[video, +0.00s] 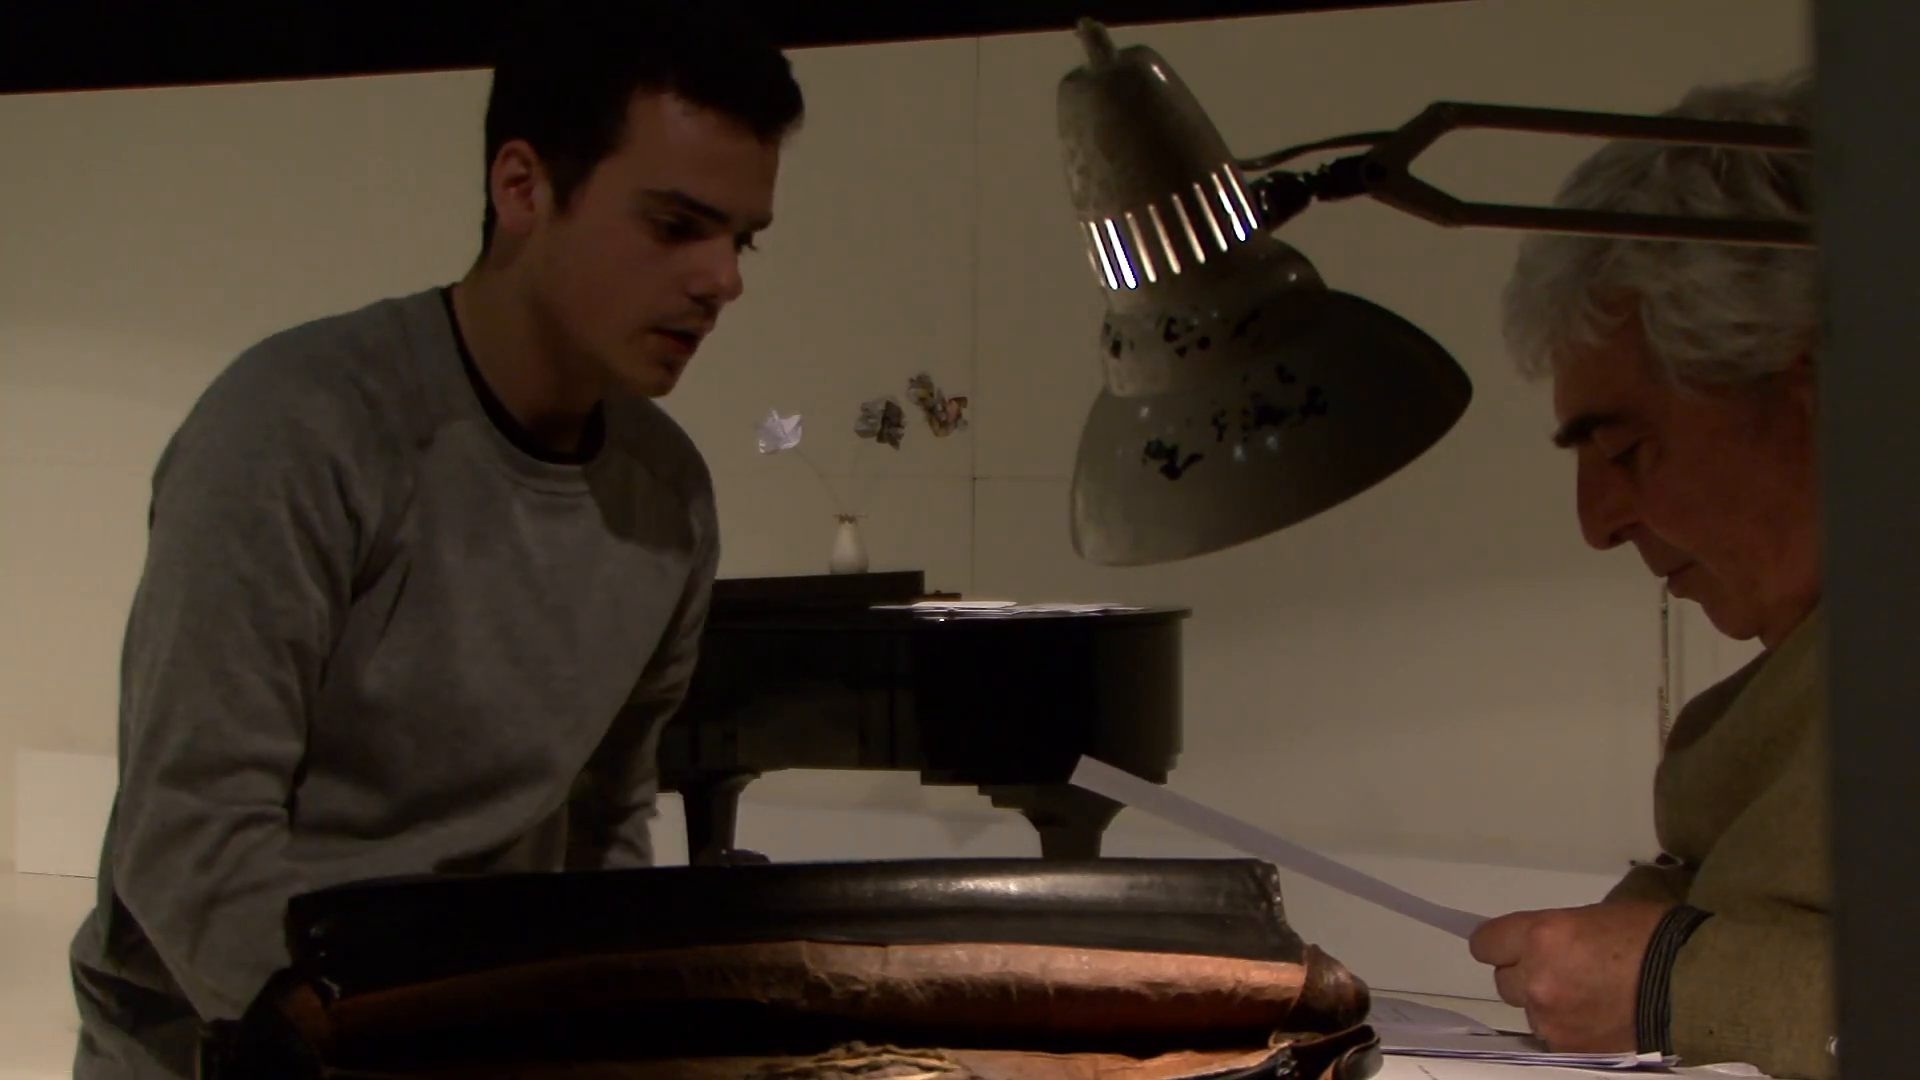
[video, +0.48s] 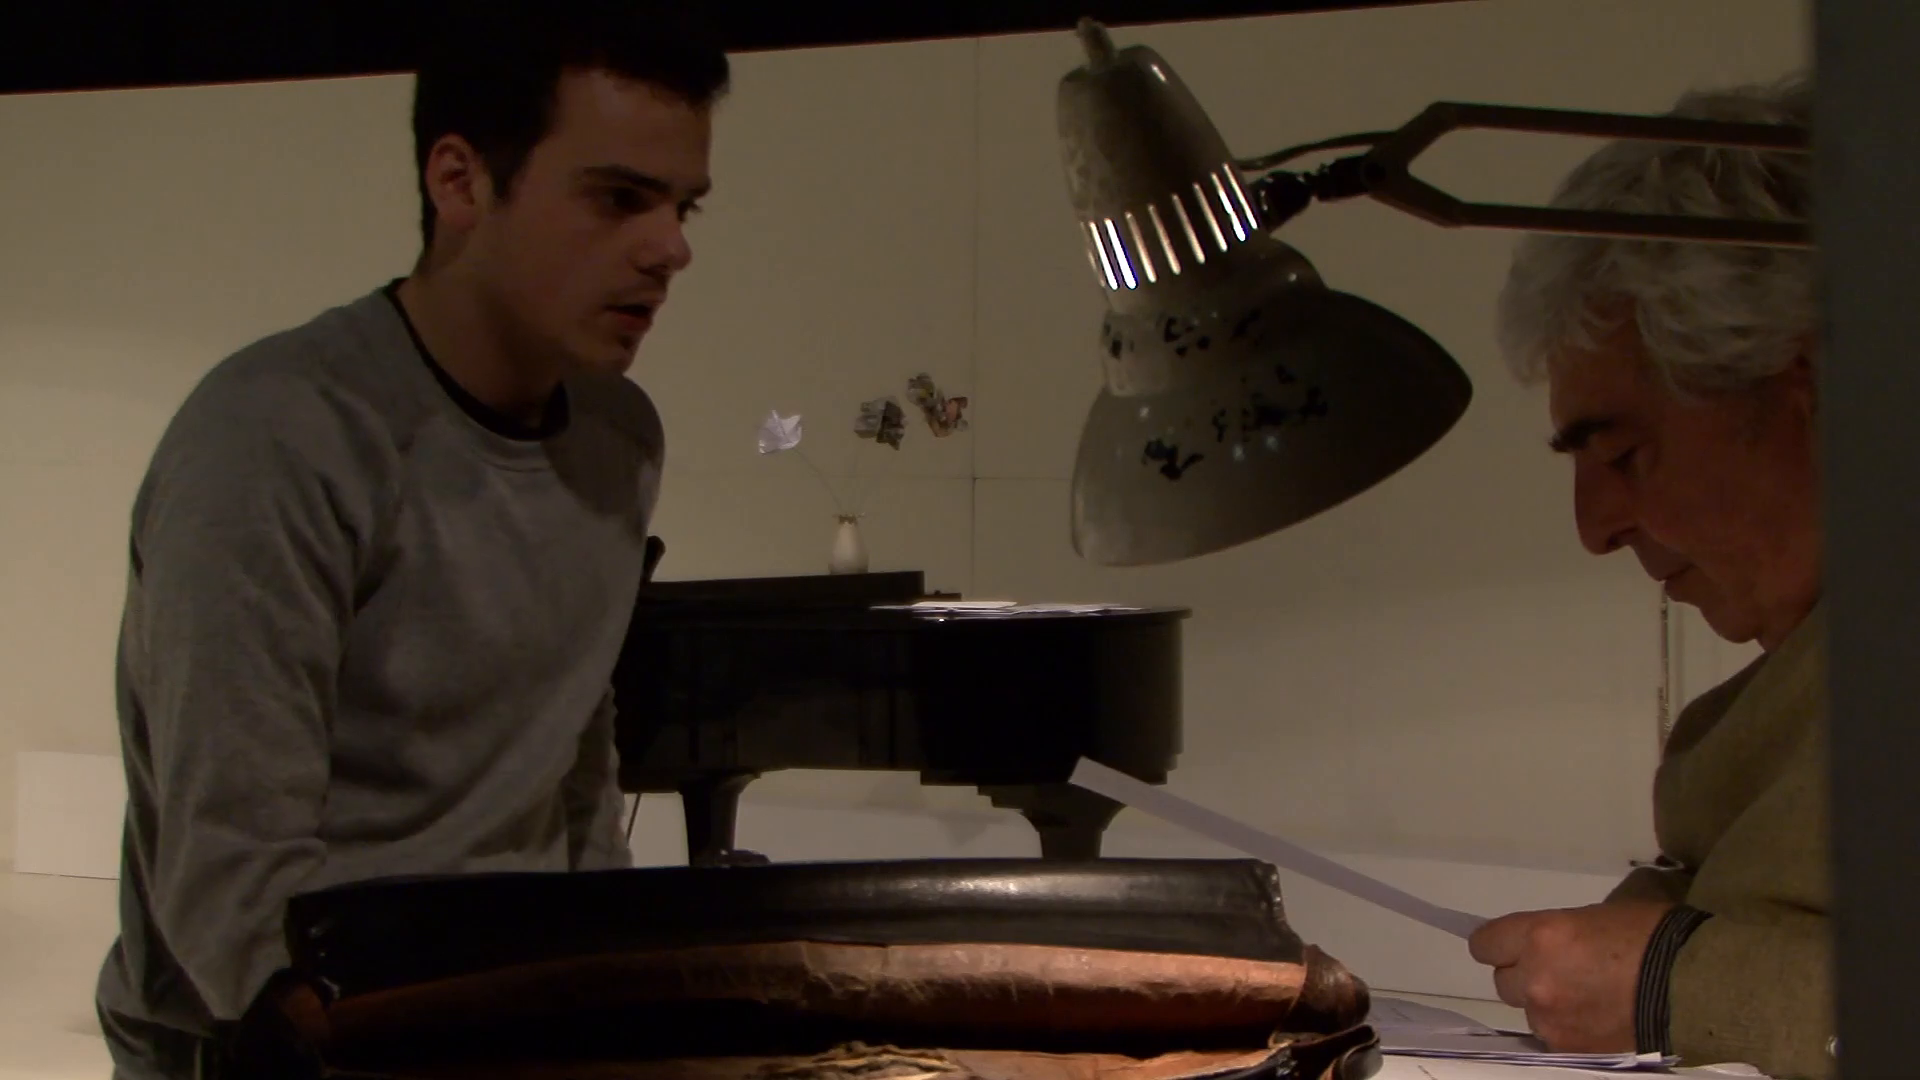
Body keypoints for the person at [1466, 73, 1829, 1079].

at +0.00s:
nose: (1598, 524)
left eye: (1620, 446)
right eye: (1588, 461)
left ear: (1806, 379)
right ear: (1801, 377)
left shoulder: (1871, 654)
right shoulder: (1790, 672)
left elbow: (1894, 1008)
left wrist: (1673, 984)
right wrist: (1642, 946)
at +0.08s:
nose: (1597, 525)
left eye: (1621, 448)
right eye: (1589, 463)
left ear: (1805, 379)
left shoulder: (1872, 653)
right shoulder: (1790, 672)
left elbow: (1895, 1007)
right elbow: (1714, 873)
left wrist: (1674, 984)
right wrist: (1639, 946)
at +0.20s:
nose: (1597, 526)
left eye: (1621, 448)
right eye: (1587, 463)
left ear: (1802, 380)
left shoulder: (1873, 655)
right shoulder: (1789, 674)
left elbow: (1892, 1007)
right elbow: (1715, 873)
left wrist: (1674, 985)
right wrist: (1641, 945)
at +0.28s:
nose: (1596, 528)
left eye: (1621, 450)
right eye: (1585, 465)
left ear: (1803, 379)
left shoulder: (1877, 653)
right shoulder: (1797, 665)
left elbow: (1894, 1007)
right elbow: (1726, 870)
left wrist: (1674, 983)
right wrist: (1641, 936)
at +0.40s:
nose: (1596, 528)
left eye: (1622, 451)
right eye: (1585, 466)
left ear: (1801, 388)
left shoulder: (1876, 660)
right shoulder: (1790, 675)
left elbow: (1894, 1007)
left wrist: (1674, 985)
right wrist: (1648, 935)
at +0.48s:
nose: (1596, 529)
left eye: (1621, 450)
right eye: (1585, 466)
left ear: (1800, 383)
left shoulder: (1876, 656)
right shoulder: (1787, 677)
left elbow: (1894, 1006)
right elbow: (1730, 873)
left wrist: (1674, 985)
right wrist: (1645, 933)